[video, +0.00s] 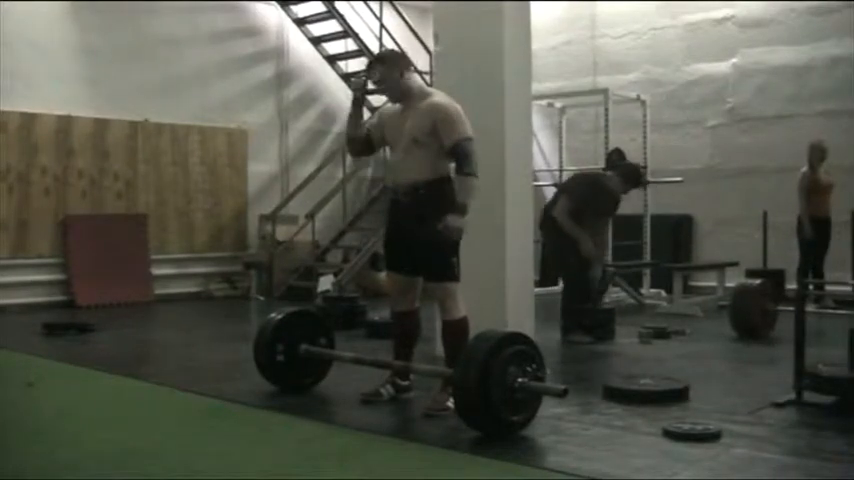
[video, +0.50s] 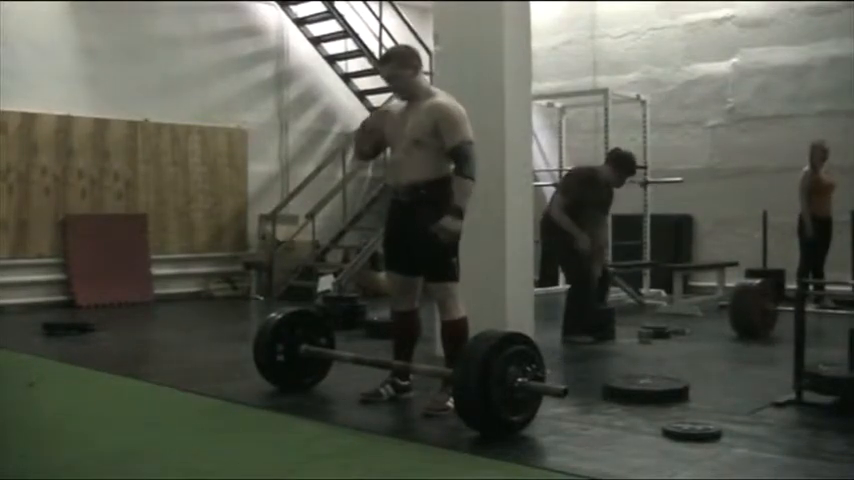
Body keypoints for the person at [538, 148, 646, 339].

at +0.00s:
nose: (624, 192)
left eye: (628, 189)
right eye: (625, 187)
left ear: (626, 184)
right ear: (619, 177)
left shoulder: (611, 197)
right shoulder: (585, 182)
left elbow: (602, 231)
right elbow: (558, 212)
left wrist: (602, 261)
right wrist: (583, 239)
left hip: (582, 232)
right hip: (558, 228)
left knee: (586, 276)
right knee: (574, 277)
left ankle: (584, 326)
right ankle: (571, 329)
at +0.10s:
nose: (622, 188)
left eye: (626, 185)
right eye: (622, 183)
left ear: (625, 181)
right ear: (616, 174)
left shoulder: (610, 195)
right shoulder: (582, 181)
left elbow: (602, 229)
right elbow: (557, 213)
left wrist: (603, 259)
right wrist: (583, 240)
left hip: (583, 234)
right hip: (559, 230)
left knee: (588, 277)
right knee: (578, 277)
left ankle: (586, 326)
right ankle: (572, 330)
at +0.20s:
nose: (620, 185)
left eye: (624, 181)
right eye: (620, 179)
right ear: (612, 171)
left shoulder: (607, 194)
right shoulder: (580, 180)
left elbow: (601, 228)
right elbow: (557, 213)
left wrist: (602, 258)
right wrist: (583, 239)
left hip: (582, 235)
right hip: (559, 232)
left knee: (588, 277)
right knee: (579, 278)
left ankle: (587, 327)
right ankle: (572, 331)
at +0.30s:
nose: (619, 184)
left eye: (623, 180)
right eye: (619, 178)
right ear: (610, 169)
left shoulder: (607, 192)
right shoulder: (579, 178)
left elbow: (600, 225)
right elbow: (555, 211)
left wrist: (602, 254)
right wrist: (582, 237)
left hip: (585, 237)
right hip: (561, 233)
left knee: (600, 278)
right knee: (580, 278)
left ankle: (592, 327)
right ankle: (573, 330)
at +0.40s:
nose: (620, 183)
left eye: (624, 179)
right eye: (620, 177)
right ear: (611, 168)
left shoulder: (606, 192)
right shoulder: (579, 177)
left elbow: (600, 226)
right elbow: (555, 210)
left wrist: (602, 256)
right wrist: (581, 237)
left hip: (585, 237)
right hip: (560, 233)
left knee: (600, 278)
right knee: (581, 278)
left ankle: (592, 327)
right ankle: (573, 330)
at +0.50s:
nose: (622, 182)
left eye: (625, 178)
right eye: (622, 176)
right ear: (612, 168)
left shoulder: (606, 191)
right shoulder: (579, 176)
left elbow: (600, 226)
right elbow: (554, 210)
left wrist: (601, 257)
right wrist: (578, 234)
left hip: (584, 237)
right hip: (560, 233)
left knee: (598, 277)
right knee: (581, 277)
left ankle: (591, 326)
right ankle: (573, 330)